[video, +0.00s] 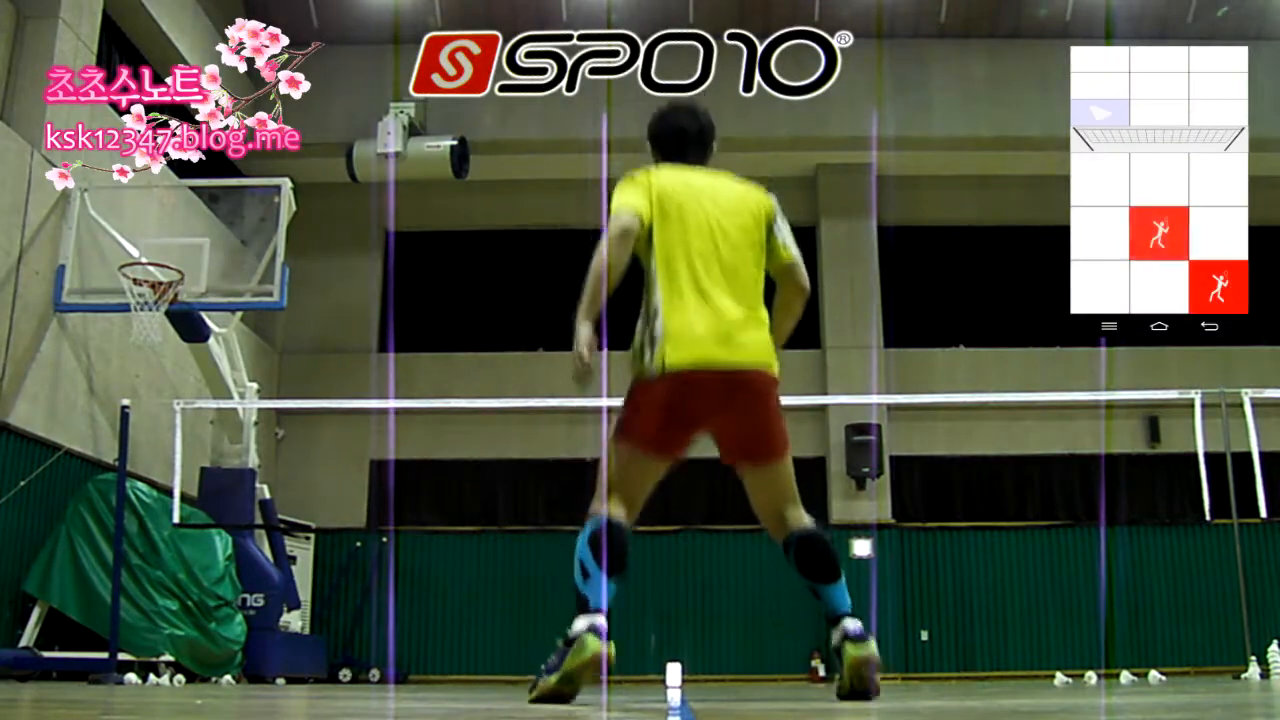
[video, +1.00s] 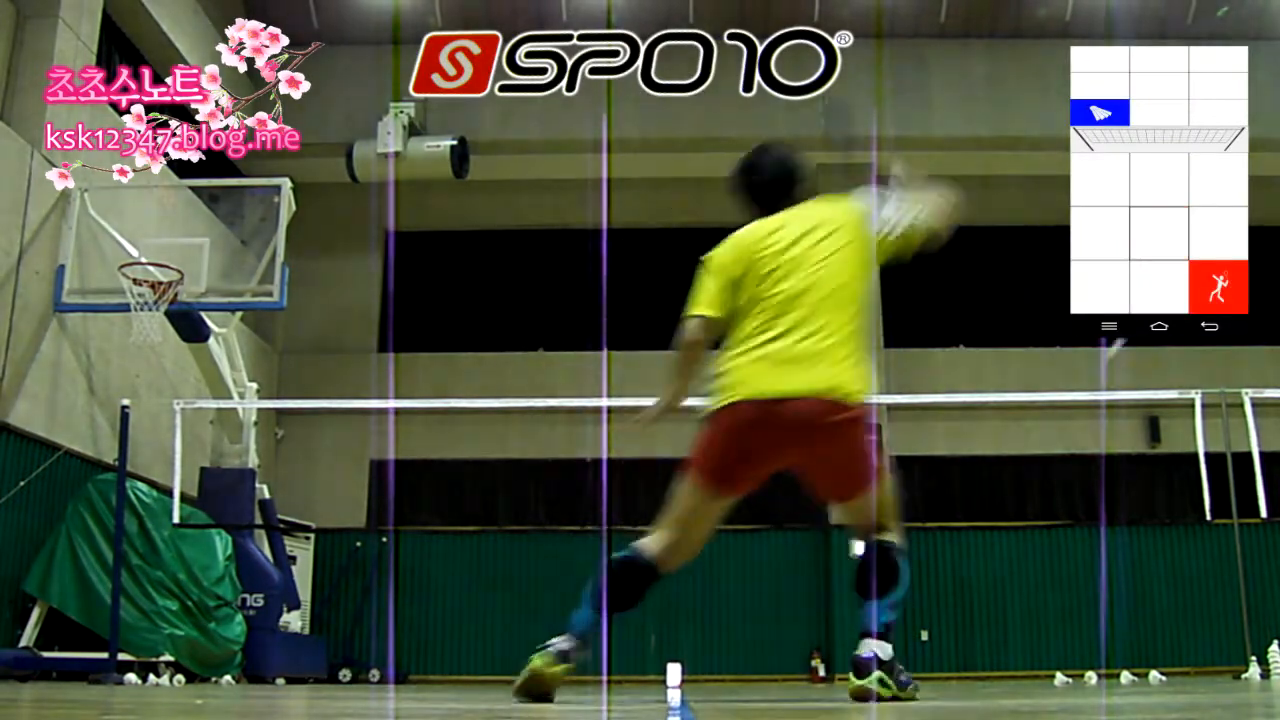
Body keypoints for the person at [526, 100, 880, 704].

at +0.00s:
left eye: (653, 149)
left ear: (655, 149)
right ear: (711, 149)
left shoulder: (643, 183)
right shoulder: (755, 197)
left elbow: (622, 233)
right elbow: (797, 284)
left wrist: (585, 319)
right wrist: (762, 350)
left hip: (673, 370)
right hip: (752, 372)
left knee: (616, 503)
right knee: (789, 515)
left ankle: (590, 625)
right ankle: (849, 627)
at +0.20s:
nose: (640, 153)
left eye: (641, 144)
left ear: (646, 145)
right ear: (701, 146)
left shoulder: (639, 172)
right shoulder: (748, 190)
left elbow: (601, 210)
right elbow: (793, 278)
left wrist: (539, 283)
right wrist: (763, 345)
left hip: (676, 341)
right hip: (754, 347)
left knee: (623, 485)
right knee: (789, 501)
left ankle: (576, 616)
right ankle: (843, 630)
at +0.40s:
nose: (639, 234)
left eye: (640, 226)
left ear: (645, 224)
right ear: (701, 225)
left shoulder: (638, 246)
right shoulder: (748, 266)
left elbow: (604, 281)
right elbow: (802, 350)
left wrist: (535, 348)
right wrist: (769, 408)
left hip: (682, 399)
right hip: (763, 401)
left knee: (609, 527)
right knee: (783, 527)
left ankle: (578, 638)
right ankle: (847, 644)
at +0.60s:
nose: (645, 230)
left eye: (646, 221)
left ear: (651, 217)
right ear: (706, 216)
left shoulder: (649, 236)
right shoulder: (757, 255)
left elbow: (620, 275)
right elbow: (806, 337)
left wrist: (564, 348)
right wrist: (779, 401)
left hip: (689, 397)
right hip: (770, 398)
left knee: (618, 523)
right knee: (788, 524)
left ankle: (581, 631)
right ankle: (849, 644)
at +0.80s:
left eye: (654, 202)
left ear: (658, 198)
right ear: (713, 193)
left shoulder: (654, 223)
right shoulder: (766, 232)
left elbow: (622, 274)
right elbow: (817, 311)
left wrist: (568, 348)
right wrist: (817, 382)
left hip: (676, 380)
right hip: (761, 379)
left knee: (621, 523)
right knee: (825, 512)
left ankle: (553, 643)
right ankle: (880, 637)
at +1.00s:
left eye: (752, 190)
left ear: (750, 196)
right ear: (804, 183)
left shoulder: (734, 248)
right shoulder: (853, 215)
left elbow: (694, 337)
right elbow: (937, 213)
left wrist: (669, 397)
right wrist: (915, 186)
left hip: (745, 407)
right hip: (832, 407)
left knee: (669, 538)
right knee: (877, 530)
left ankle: (568, 642)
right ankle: (875, 652)